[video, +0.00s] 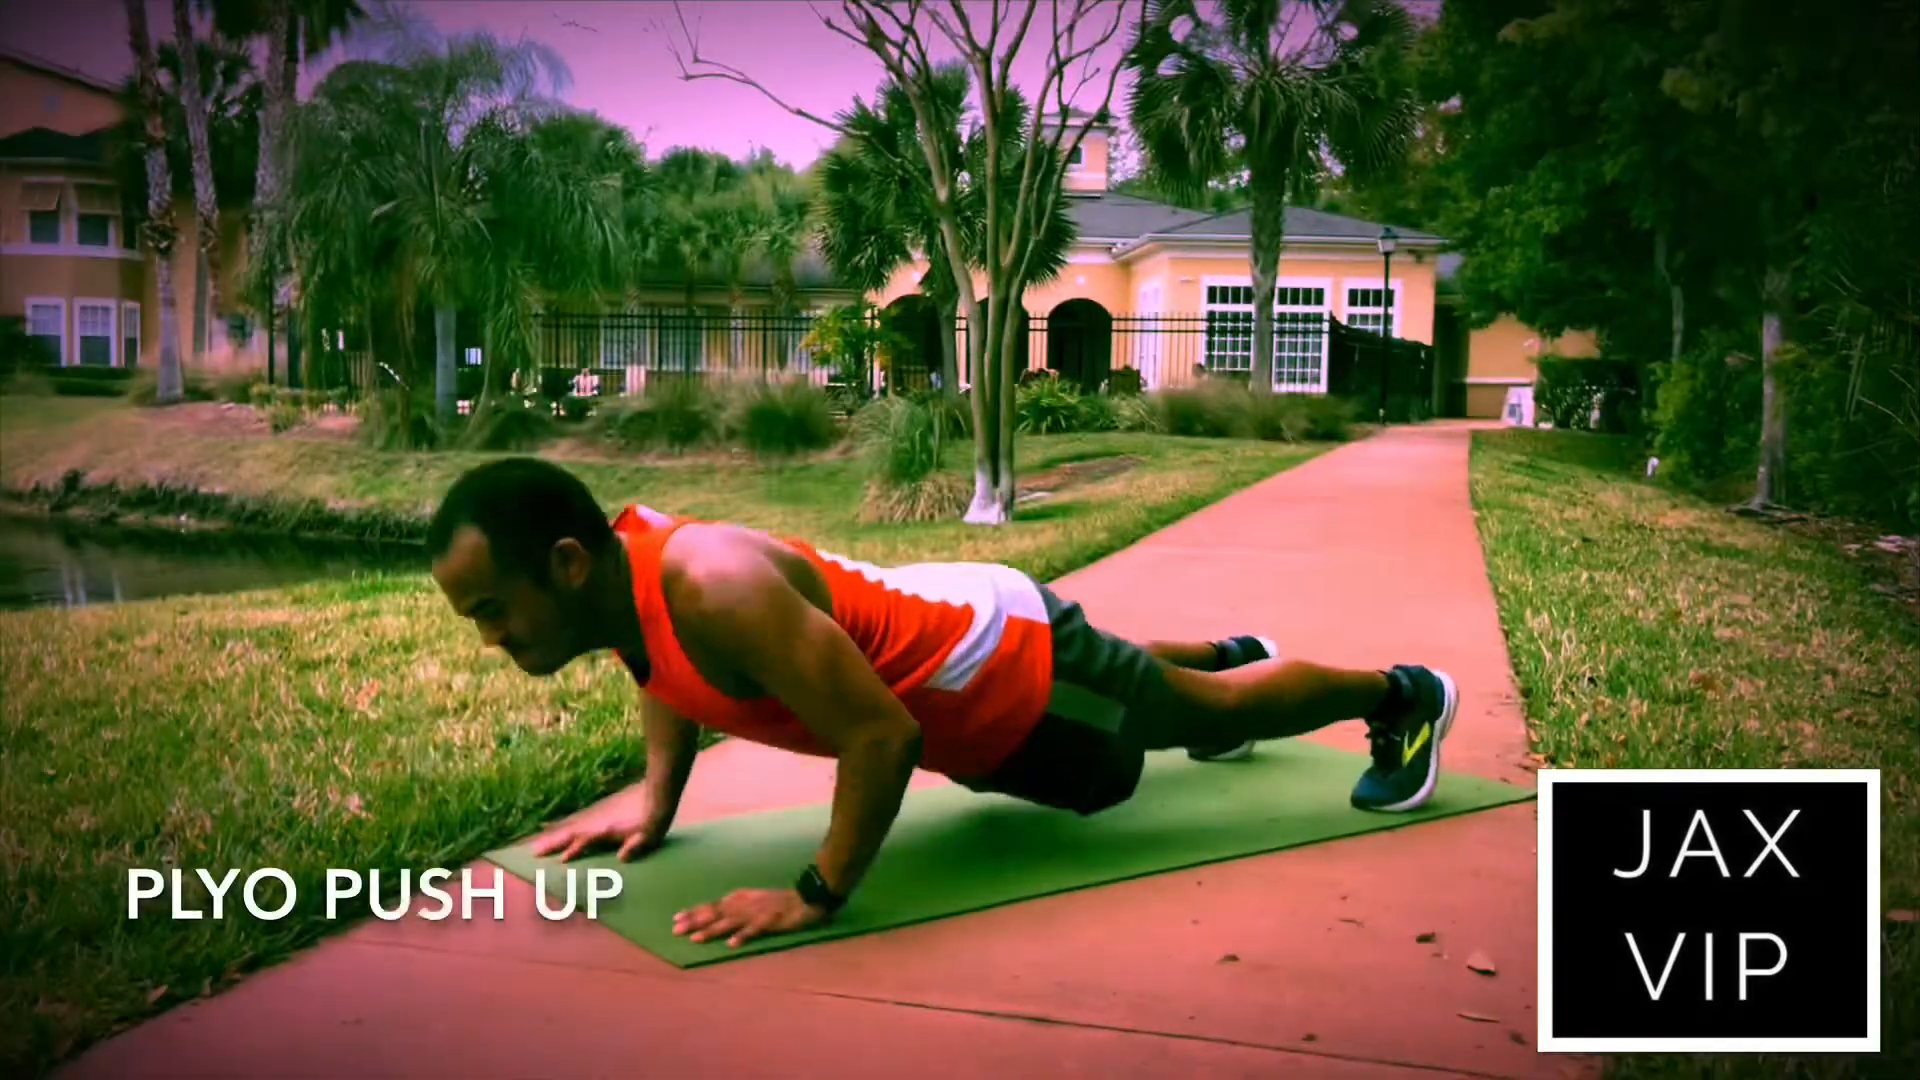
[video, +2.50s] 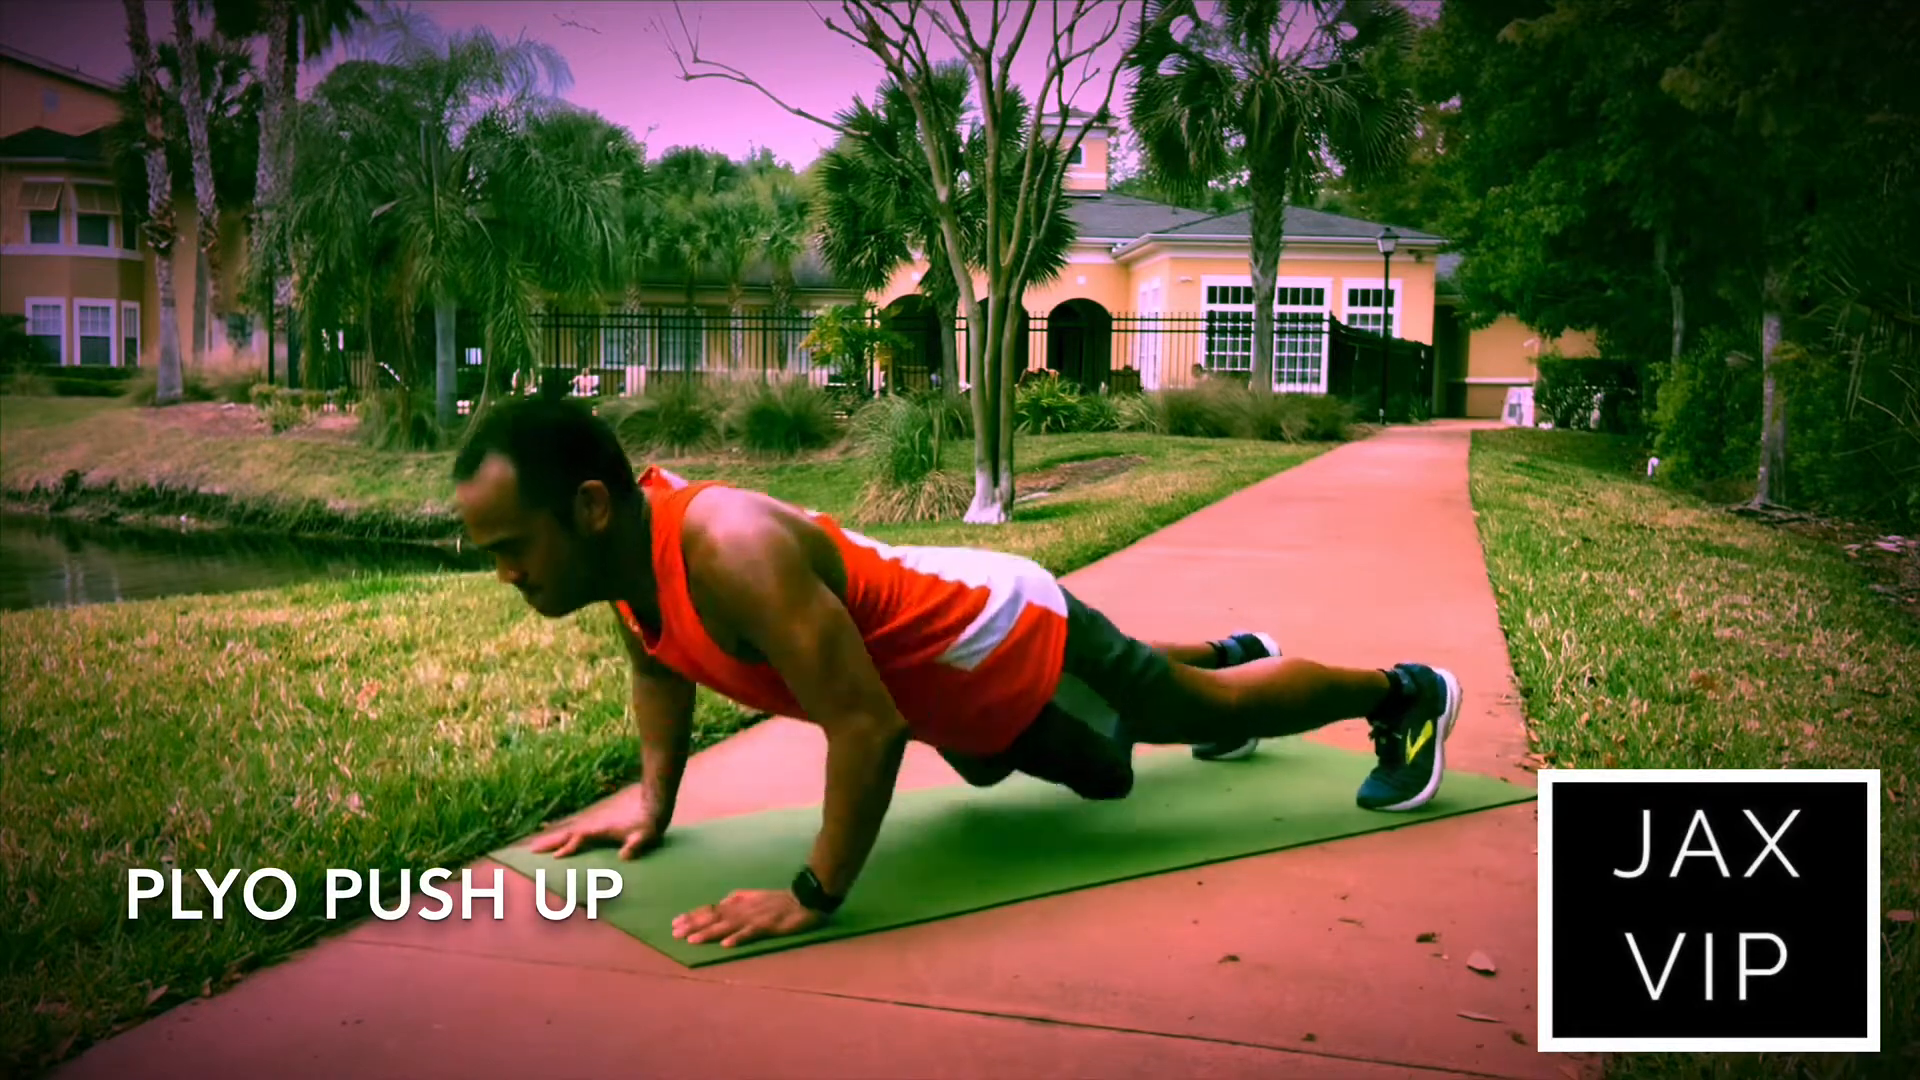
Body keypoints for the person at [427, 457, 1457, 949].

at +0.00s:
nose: (489, 639)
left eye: (491, 609)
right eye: (473, 619)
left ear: (569, 561)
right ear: (558, 569)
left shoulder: (720, 585)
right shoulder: (625, 587)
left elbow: (881, 737)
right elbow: (672, 680)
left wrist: (821, 895)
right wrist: (653, 800)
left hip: (1022, 663)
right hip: (953, 666)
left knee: (1217, 715)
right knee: (1112, 694)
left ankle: (1400, 694)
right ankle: (1213, 654)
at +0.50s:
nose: (559, 550)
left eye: (555, 523)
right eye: (541, 533)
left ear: (621, 463)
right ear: (604, 468)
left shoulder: (795, 477)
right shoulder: (668, 503)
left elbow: (878, 694)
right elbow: (686, 656)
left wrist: (814, 880)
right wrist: (666, 813)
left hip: (1058, 572)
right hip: (983, 610)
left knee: (1234, 654)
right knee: (1126, 669)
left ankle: (1414, 697)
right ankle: (1244, 685)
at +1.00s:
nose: (441, 817)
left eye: (446, 793)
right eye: (427, 797)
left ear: (524, 741)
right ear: (516, 732)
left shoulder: (677, 712)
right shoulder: (578, 672)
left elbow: (885, 743)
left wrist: (824, 898)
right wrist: (656, 818)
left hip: (1001, 729)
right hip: (923, 671)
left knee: (1203, 736)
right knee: (1061, 692)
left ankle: (1391, 690)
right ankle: (1209, 659)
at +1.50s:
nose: (598, 395)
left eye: (599, 368)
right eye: (582, 379)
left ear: (674, 316)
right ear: (663, 324)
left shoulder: (839, 358)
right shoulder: (717, 394)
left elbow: (953, 550)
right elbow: (728, 516)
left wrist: (801, 630)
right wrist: (671, 609)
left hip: (1073, 523)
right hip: (993, 558)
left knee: (1233, 636)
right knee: (1117, 637)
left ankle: (1418, 697)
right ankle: (1251, 673)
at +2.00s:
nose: (450, 817)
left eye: (453, 795)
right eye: (435, 799)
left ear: (525, 736)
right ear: (515, 728)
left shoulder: (686, 702)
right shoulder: (575, 669)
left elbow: (887, 740)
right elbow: (677, 700)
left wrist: (818, 898)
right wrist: (649, 807)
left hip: (997, 730)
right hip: (916, 682)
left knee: (1196, 740)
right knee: (1059, 695)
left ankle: (1390, 691)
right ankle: (1210, 660)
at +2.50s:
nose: (498, 575)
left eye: (504, 546)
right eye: (485, 554)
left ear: (592, 504)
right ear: (573, 514)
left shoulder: (734, 547)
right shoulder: (628, 564)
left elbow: (865, 725)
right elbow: (661, 669)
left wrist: (814, 897)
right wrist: (653, 800)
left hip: (1025, 639)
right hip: (954, 671)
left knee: (1211, 710)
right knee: (1106, 710)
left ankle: (1403, 692)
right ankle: (1229, 661)